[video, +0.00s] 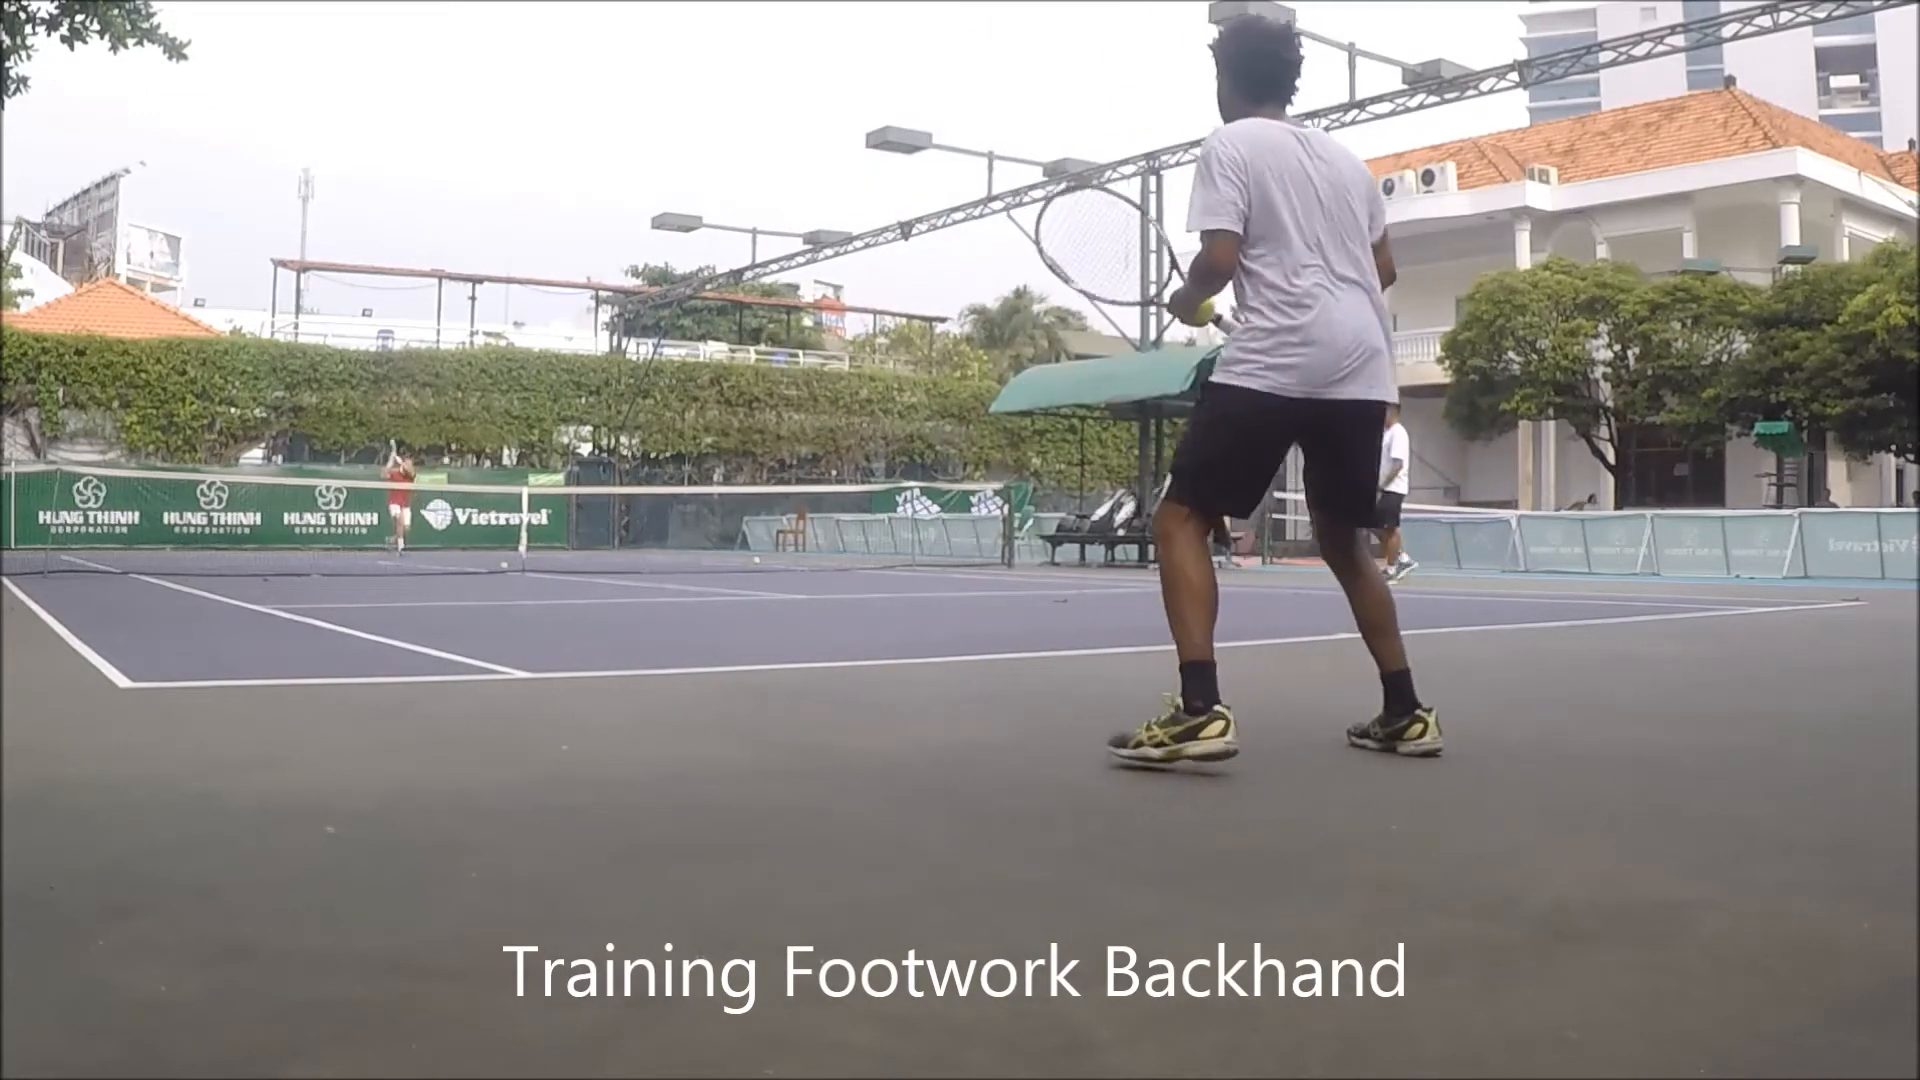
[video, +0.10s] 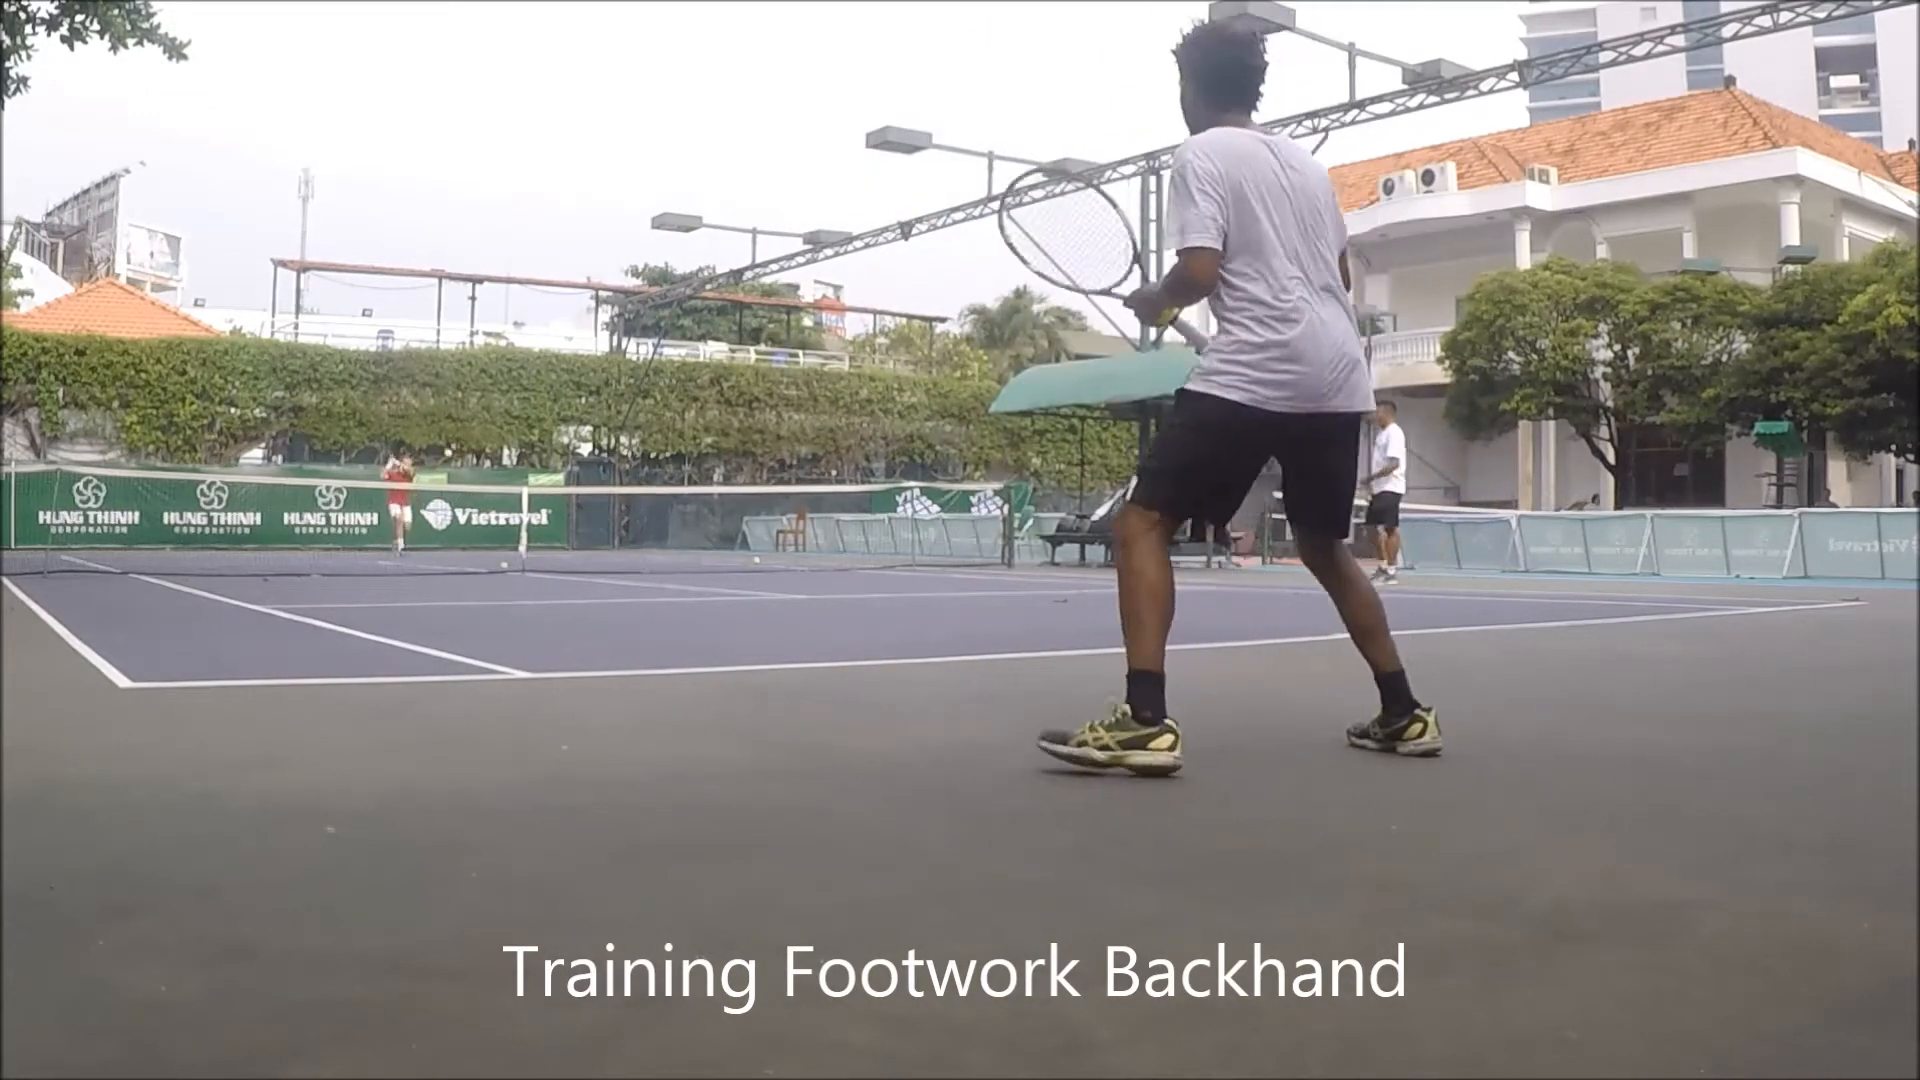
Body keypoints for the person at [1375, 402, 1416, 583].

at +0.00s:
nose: (1382, 415)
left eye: (1385, 411)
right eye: (1382, 411)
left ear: (1393, 412)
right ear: (1391, 413)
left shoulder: (1398, 432)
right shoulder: (1387, 432)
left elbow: (1398, 463)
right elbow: (1388, 461)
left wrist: (1383, 484)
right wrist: (1378, 480)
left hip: (1394, 487)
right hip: (1385, 486)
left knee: (1389, 528)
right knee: (1377, 526)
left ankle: (1391, 567)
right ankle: (1402, 557)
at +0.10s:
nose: (1376, 416)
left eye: (1379, 413)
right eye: (1376, 413)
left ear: (1388, 414)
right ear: (1383, 414)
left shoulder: (1394, 432)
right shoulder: (1382, 434)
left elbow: (1393, 462)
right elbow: (1383, 461)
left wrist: (1371, 477)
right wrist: (1371, 481)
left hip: (1391, 487)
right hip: (1380, 487)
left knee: (1390, 528)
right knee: (1371, 525)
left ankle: (1390, 567)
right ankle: (1386, 565)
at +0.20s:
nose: (1372, 416)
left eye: (1375, 412)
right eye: (1372, 412)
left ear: (1385, 413)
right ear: (1376, 414)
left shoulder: (1391, 432)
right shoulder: (1377, 434)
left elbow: (1390, 461)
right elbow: (1379, 460)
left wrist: (1369, 464)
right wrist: (1371, 484)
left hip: (1388, 487)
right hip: (1375, 488)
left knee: (1389, 529)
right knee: (1367, 528)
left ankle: (1390, 569)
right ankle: (1365, 567)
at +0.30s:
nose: (1368, 417)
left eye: (1372, 413)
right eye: (1368, 413)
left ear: (1383, 414)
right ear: (1369, 416)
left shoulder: (1388, 432)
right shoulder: (1371, 433)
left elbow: (1385, 461)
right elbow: (1367, 456)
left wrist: (1367, 457)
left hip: (1385, 487)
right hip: (1371, 487)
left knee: (1388, 529)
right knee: (1364, 529)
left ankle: (1390, 569)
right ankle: (1356, 568)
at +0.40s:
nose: (1364, 417)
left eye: (1368, 413)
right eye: (1364, 413)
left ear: (1378, 414)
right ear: (1366, 416)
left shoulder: (1385, 433)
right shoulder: (1366, 434)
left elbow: (1380, 462)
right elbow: (1366, 458)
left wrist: (1362, 456)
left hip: (1381, 488)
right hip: (1365, 488)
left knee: (1386, 530)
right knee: (1362, 530)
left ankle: (1390, 569)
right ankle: (1355, 568)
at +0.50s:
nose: (1361, 416)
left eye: (1364, 412)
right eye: (1360, 413)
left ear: (1373, 413)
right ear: (1361, 415)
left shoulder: (1381, 432)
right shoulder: (1361, 434)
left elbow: (1379, 462)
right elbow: (1363, 460)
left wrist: (1357, 460)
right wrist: (1356, 489)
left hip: (1376, 489)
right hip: (1361, 490)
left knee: (1383, 531)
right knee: (1361, 531)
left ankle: (1389, 569)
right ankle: (1355, 569)